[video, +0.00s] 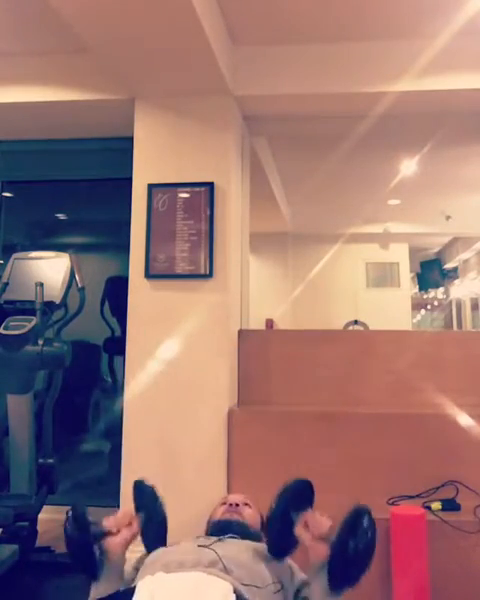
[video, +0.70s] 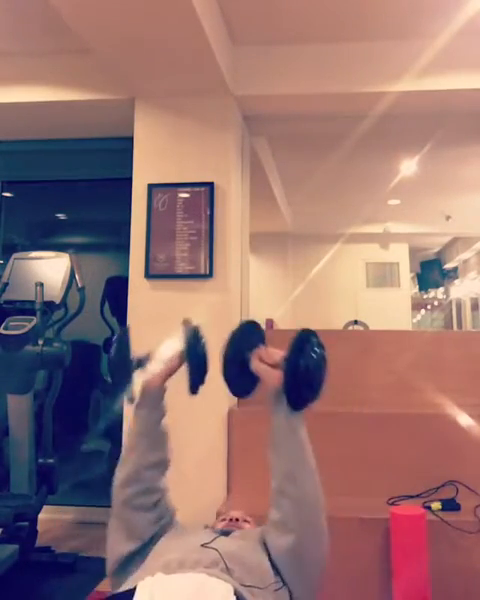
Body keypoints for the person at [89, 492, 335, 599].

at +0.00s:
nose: (233, 504)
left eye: (246, 505)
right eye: (225, 503)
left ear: (261, 525)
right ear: (208, 522)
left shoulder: (272, 555)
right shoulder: (158, 554)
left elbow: (309, 595)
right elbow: (109, 595)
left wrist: (324, 567)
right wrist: (111, 560)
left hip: (220, 589)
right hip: (150, 589)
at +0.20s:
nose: (233, 503)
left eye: (245, 504)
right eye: (224, 503)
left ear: (260, 527)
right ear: (207, 522)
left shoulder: (270, 555)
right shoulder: (156, 551)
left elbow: (310, 595)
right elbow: (94, 595)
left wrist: (322, 554)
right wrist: (106, 538)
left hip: (220, 589)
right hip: (153, 590)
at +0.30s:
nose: (232, 507)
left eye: (245, 508)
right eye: (224, 506)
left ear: (261, 531)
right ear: (205, 526)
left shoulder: (277, 558)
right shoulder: (156, 552)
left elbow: (329, 595)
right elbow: (82, 592)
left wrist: (322, 524)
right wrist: (106, 505)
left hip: (227, 590)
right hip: (152, 588)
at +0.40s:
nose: (233, 511)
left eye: (245, 513)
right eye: (225, 510)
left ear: (262, 536)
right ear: (206, 526)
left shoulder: (273, 554)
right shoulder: (157, 546)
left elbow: (339, 589)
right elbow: (87, 578)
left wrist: (318, 481)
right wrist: (111, 471)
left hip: (222, 592)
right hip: (153, 590)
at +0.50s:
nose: (233, 515)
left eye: (245, 516)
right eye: (225, 514)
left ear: (263, 535)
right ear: (207, 526)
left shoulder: (277, 552)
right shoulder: (157, 549)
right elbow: (95, 538)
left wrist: (308, 440)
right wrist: (122, 439)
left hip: (229, 589)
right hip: (155, 585)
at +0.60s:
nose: (232, 518)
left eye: (245, 518)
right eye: (224, 516)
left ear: (263, 531)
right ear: (206, 527)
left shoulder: (283, 557)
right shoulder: (150, 549)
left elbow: (309, 512)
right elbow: (113, 506)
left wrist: (294, 411)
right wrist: (137, 413)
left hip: (227, 588)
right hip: (150, 587)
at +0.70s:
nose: (233, 519)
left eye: (246, 520)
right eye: (224, 518)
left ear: (261, 532)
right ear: (208, 527)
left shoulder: (280, 562)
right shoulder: (153, 542)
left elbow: (298, 498)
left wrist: (282, 398)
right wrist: (150, 391)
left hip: (224, 589)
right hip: (150, 587)